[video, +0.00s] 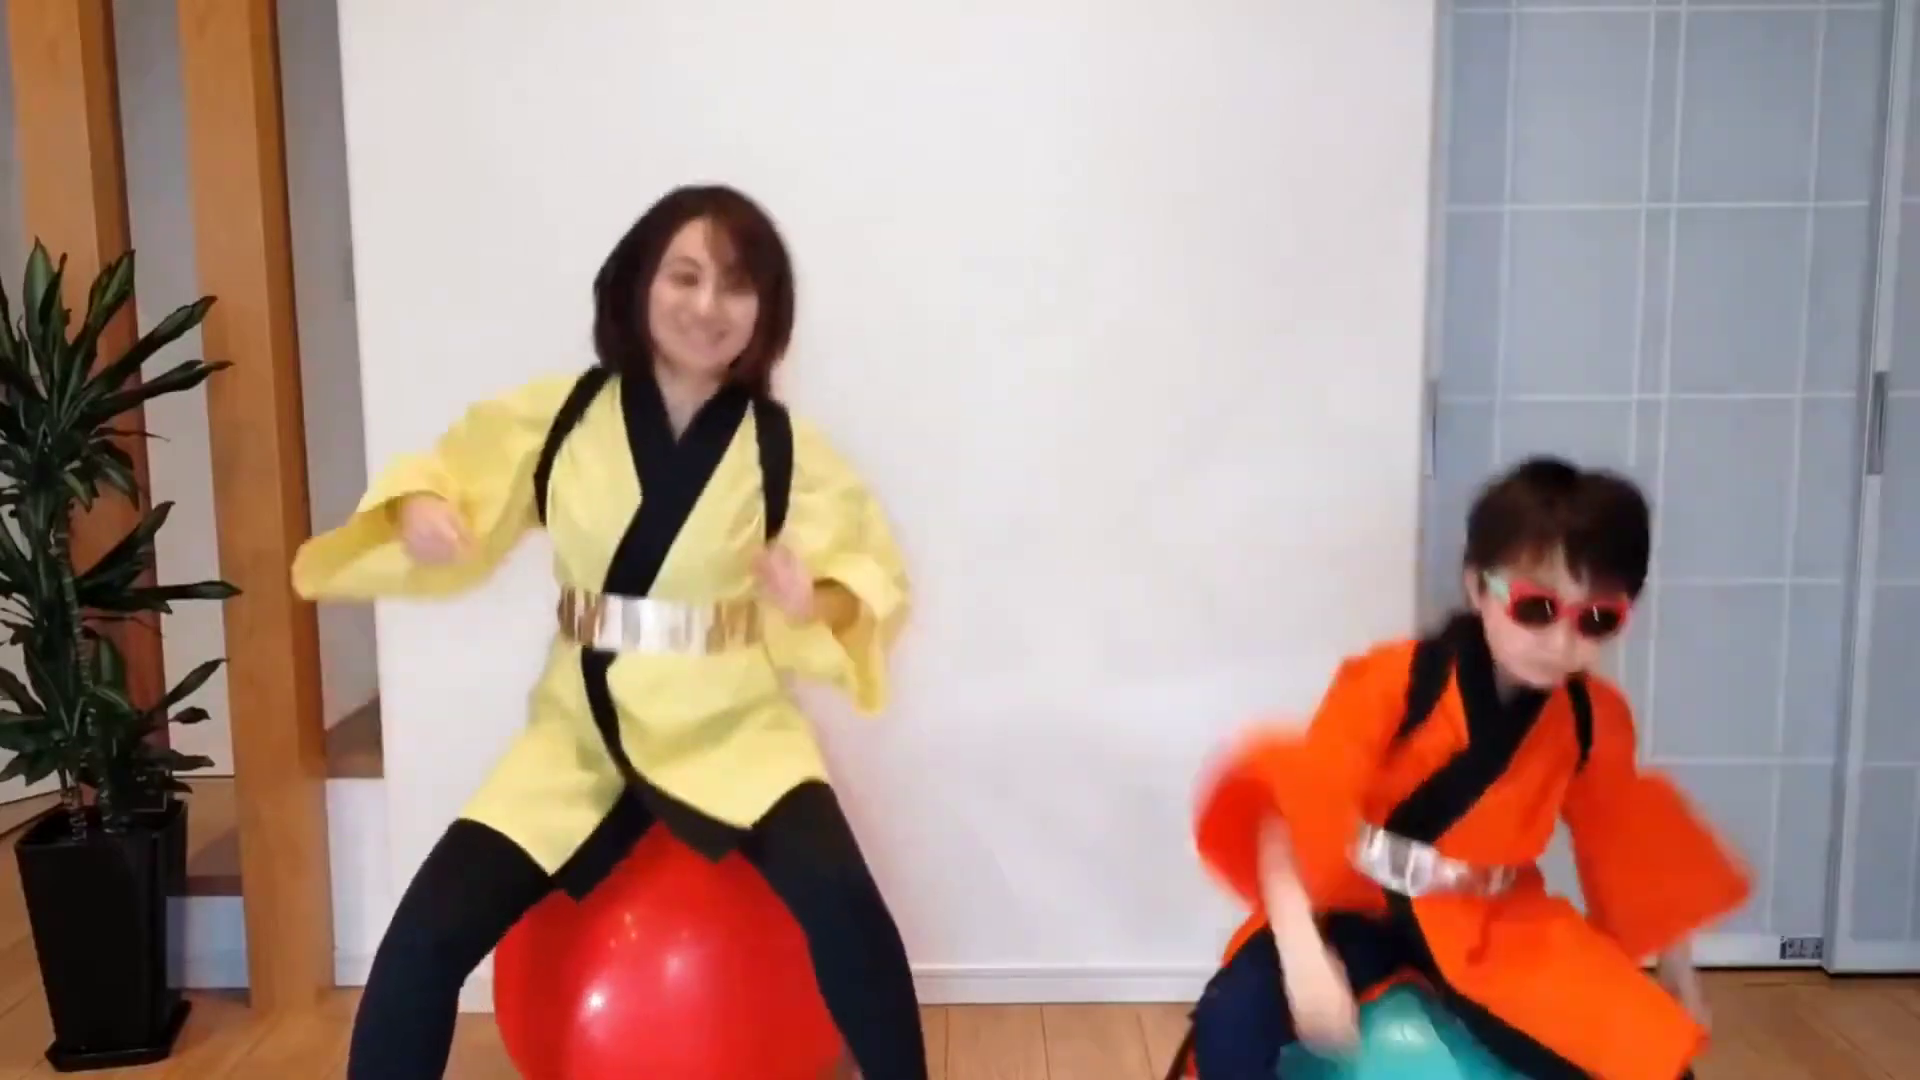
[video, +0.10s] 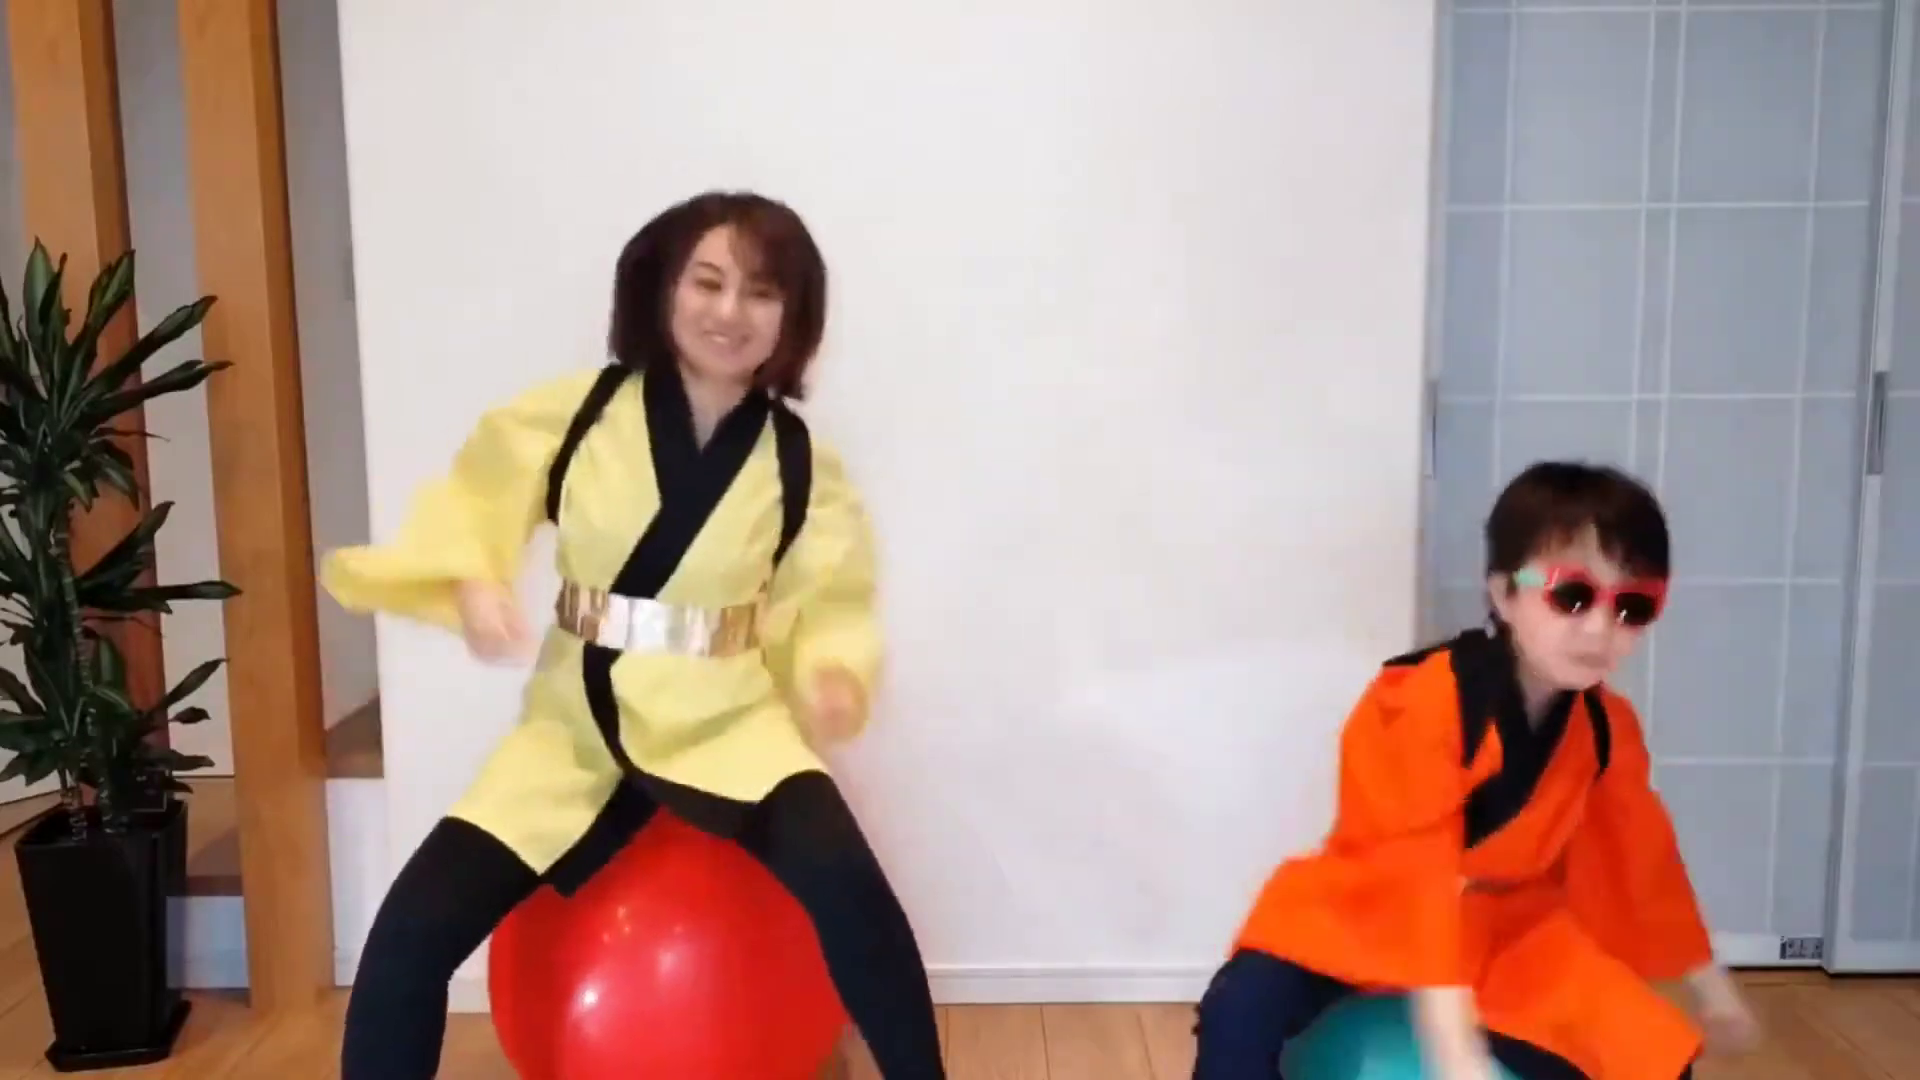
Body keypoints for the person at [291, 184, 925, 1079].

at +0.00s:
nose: (708, 306)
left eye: (736, 285)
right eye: (684, 277)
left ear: (766, 312)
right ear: (639, 289)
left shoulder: (783, 446)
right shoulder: (564, 411)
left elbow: (870, 580)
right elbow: (441, 474)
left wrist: (812, 600)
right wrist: (421, 507)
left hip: (734, 732)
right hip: (581, 736)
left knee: (846, 907)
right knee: (425, 937)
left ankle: (900, 1074)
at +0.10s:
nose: (730, 312)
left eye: (760, 292)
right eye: (707, 282)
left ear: (793, 319)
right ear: (662, 294)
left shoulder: (801, 462)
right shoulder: (578, 411)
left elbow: (833, 601)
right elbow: (471, 501)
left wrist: (832, 674)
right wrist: (476, 580)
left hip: (733, 733)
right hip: (577, 735)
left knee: (849, 882)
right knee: (408, 933)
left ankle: (917, 1072)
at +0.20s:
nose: (737, 367)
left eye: (766, 348)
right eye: (716, 339)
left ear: (799, 375)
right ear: (675, 356)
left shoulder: (805, 531)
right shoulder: (588, 484)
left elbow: (824, 694)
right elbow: (491, 623)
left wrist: (875, 827)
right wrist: (498, 747)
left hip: (735, 787)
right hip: (577, 782)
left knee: (857, 935)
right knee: (394, 940)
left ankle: (915, 1073)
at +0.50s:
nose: (686, 300)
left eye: (713, 279)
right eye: (660, 276)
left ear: (747, 303)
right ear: (622, 298)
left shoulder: (785, 447)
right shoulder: (570, 437)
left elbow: (923, 597)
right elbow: (464, 571)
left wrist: (936, 481)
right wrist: (496, 431)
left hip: (766, 747)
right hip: (611, 752)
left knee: (882, 929)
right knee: (440, 924)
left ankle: (922, 1071)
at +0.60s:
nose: (674, 289)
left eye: (703, 267)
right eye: (648, 262)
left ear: (733, 289)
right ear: (602, 281)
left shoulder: (772, 416)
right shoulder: (559, 426)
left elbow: (890, 574)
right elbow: (460, 594)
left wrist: (831, 462)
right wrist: (503, 451)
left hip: (778, 726)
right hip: (626, 738)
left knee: (886, 916)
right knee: (463, 909)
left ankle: (930, 1072)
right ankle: (461, 1073)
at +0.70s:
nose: (664, 336)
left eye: (688, 314)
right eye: (637, 311)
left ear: (719, 335)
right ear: (589, 330)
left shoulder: (778, 456)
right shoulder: (542, 485)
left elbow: (886, 556)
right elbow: (514, 664)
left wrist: (788, 567)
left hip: (788, 768)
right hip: (640, 780)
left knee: (886, 933)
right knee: (496, 938)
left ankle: (923, 1072)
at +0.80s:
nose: (646, 397)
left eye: (668, 372)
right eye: (616, 377)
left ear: (700, 390)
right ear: (575, 404)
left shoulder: (761, 508)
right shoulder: (548, 549)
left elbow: (900, 587)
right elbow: (545, 671)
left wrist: (838, 683)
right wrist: (519, 724)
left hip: (794, 824)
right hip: (647, 842)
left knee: (881, 957)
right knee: (500, 942)